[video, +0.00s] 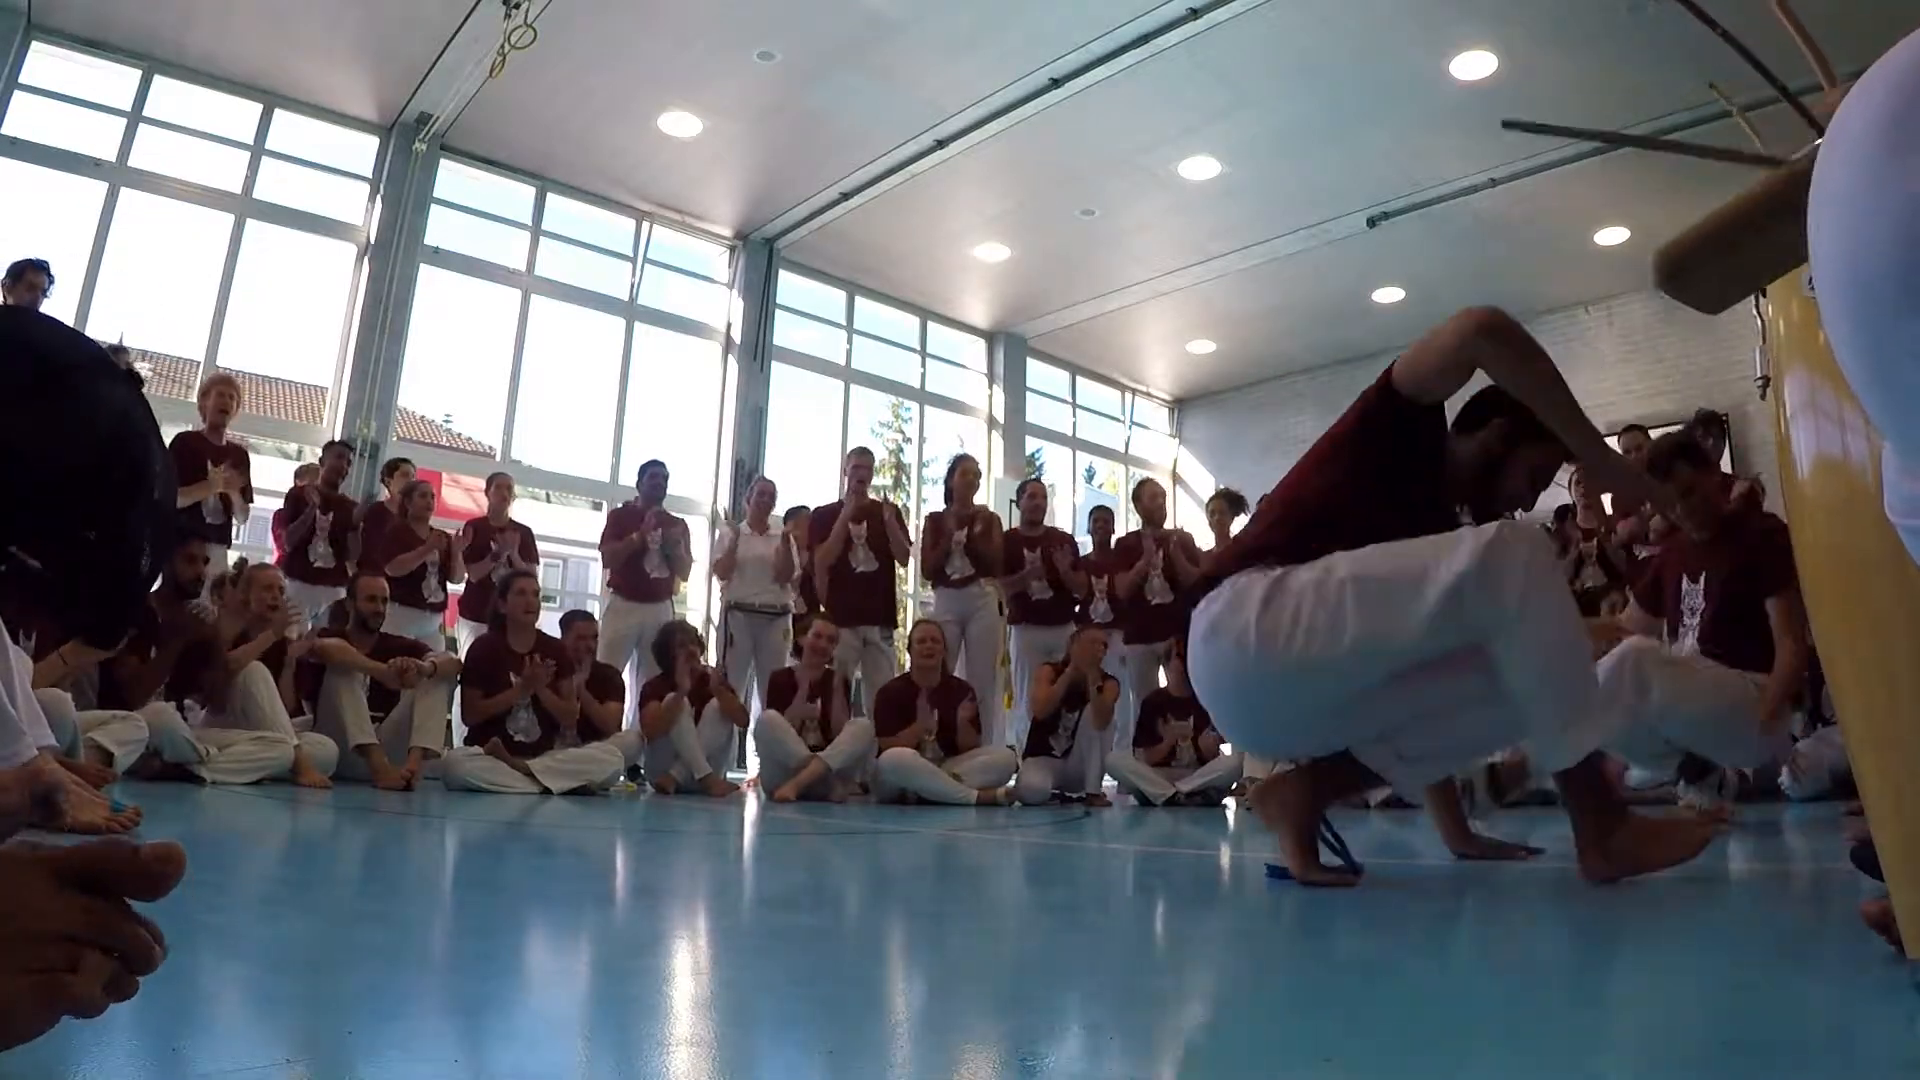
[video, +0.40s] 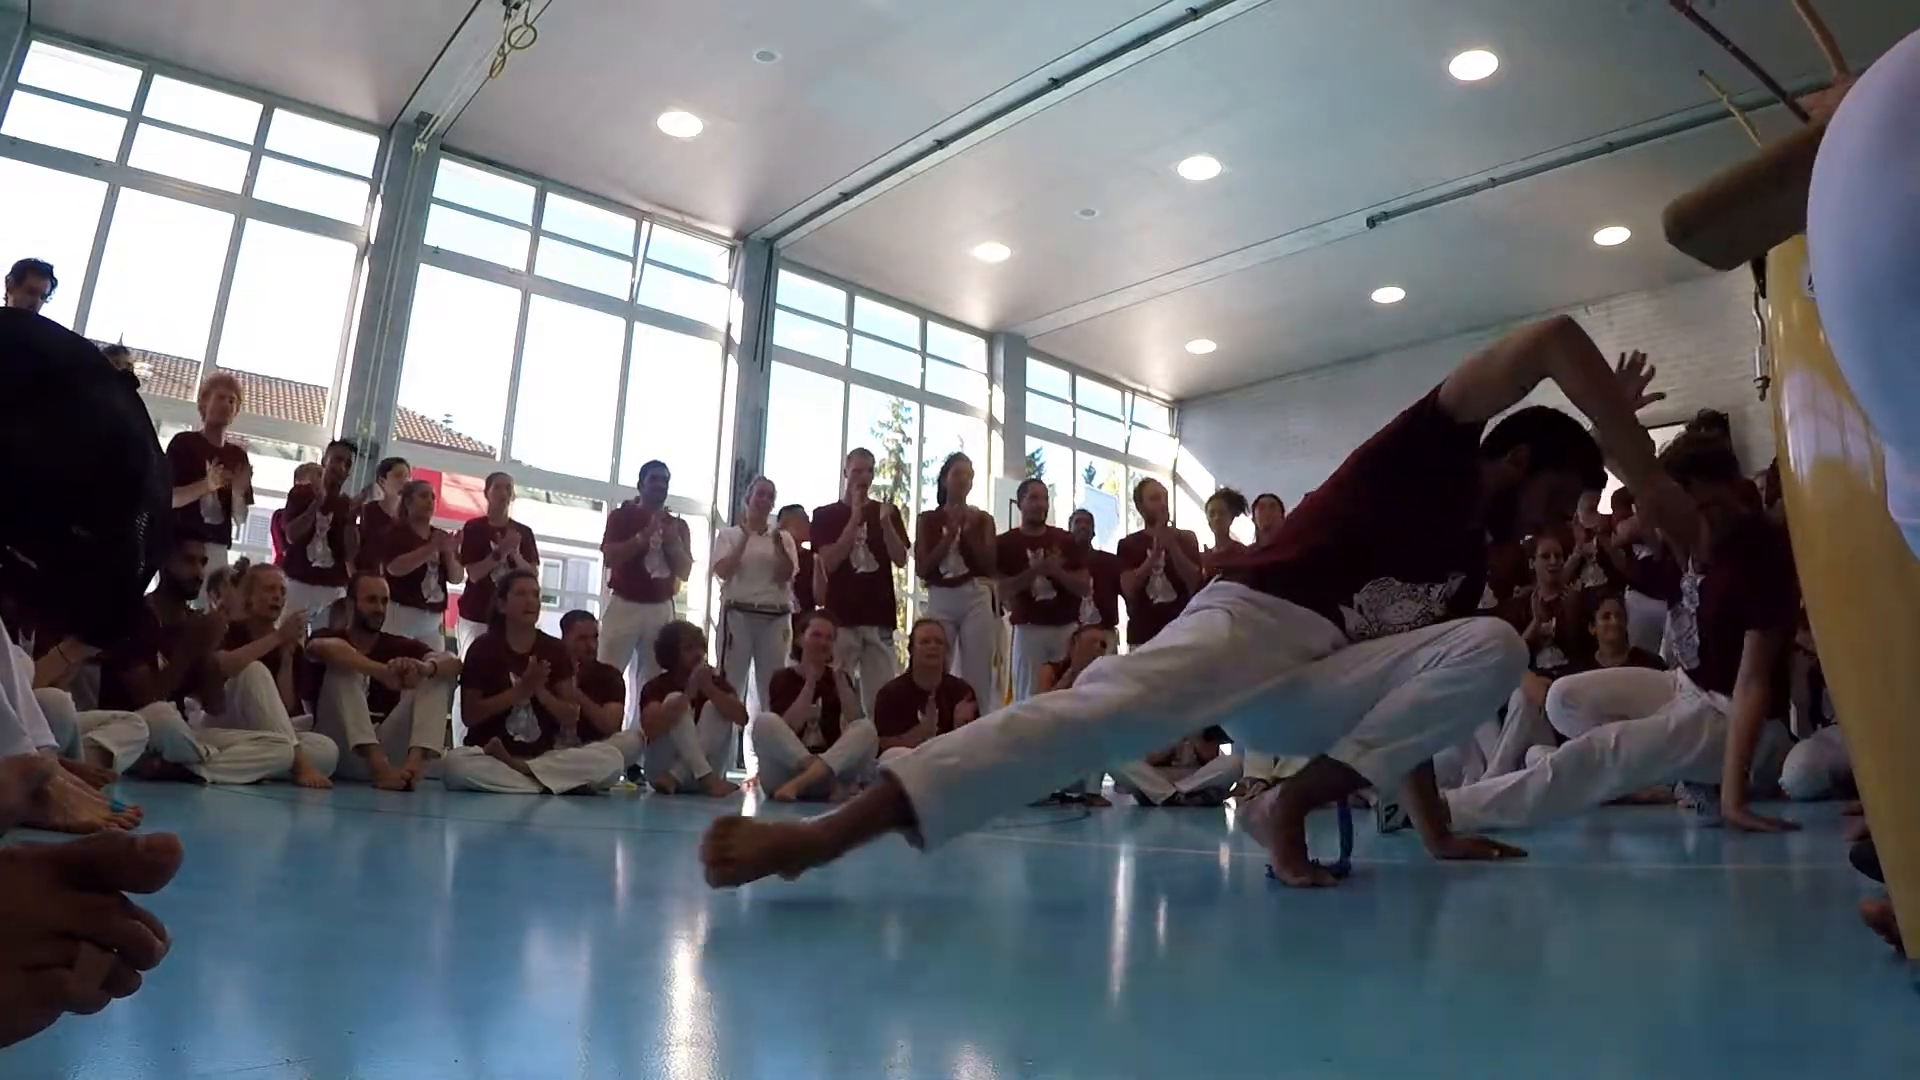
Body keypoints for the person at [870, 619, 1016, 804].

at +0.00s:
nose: (928, 646)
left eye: (935, 641)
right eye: (921, 642)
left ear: (944, 650)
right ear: (909, 650)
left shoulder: (961, 689)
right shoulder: (891, 692)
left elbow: (970, 749)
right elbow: (886, 747)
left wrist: (963, 723)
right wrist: (919, 728)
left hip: (951, 767)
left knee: (1005, 759)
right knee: (894, 759)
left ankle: (928, 792)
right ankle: (976, 798)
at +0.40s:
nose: (933, 647)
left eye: (939, 642)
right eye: (925, 642)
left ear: (946, 650)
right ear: (911, 650)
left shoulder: (961, 691)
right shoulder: (890, 693)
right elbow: (884, 747)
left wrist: (961, 726)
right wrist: (921, 732)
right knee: (892, 757)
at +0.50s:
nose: (933, 647)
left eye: (939, 642)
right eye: (925, 642)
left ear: (945, 650)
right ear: (911, 650)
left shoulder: (962, 691)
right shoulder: (890, 693)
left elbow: (972, 740)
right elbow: (884, 745)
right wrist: (925, 740)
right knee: (891, 757)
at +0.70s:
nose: (933, 647)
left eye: (939, 643)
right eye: (926, 642)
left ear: (947, 651)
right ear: (911, 650)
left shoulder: (962, 691)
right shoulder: (891, 692)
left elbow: (971, 748)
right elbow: (885, 746)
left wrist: (959, 723)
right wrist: (927, 731)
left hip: (951, 776)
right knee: (896, 757)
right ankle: (965, 797)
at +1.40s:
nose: (933, 647)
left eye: (939, 643)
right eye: (925, 642)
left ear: (946, 651)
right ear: (910, 650)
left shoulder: (962, 691)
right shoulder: (891, 693)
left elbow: (971, 747)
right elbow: (887, 744)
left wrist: (954, 731)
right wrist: (925, 739)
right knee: (893, 758)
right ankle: (987, 796)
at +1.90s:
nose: (934, 647)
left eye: (939, 643)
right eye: (926, 642)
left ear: (946, 651)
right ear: (911, 650)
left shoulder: (961, 690)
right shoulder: (892, 693)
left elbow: (970, 748)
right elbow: (893, 750)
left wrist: (962, 725)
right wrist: (927, 731)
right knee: (896, 758)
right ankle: (977, 796)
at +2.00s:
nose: (934, 647)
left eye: (939, 643)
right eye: (926, 643)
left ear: (946, 650)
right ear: (911, 651)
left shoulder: (962, 690)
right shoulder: (891, 693)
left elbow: (971, 743)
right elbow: (889, 748)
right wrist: (922, 729)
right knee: (895, 759)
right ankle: (976, 796)